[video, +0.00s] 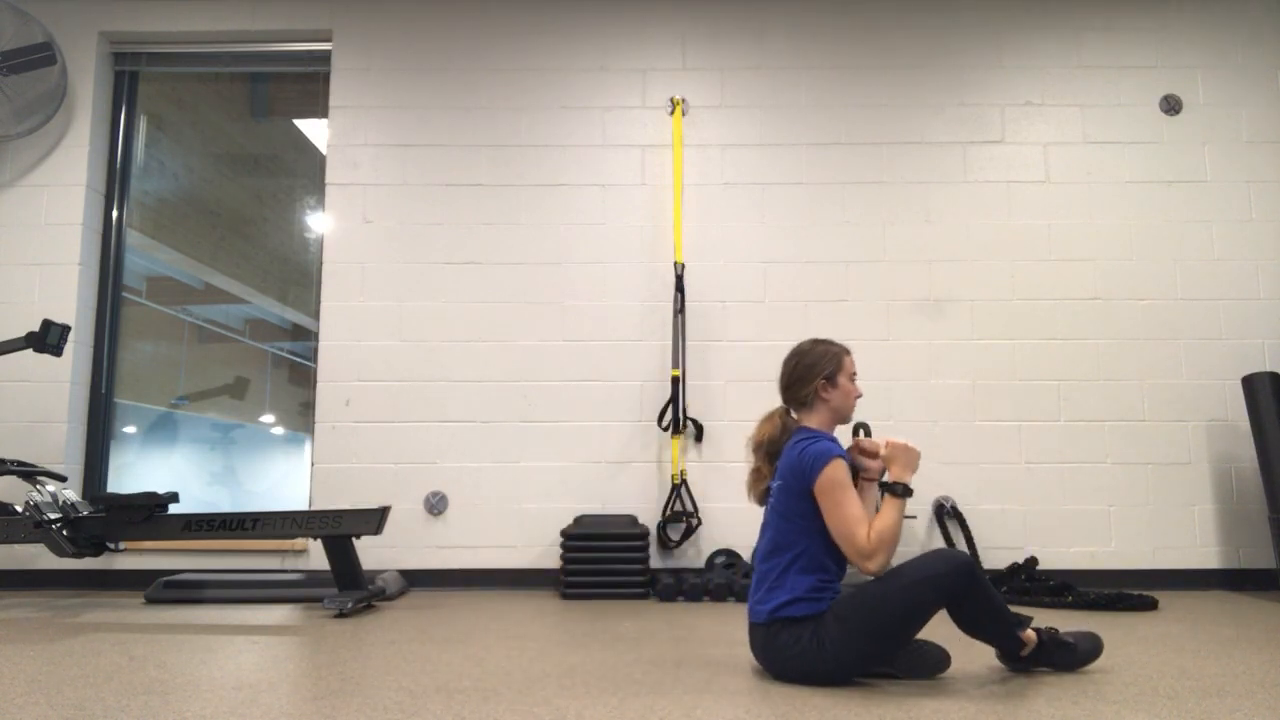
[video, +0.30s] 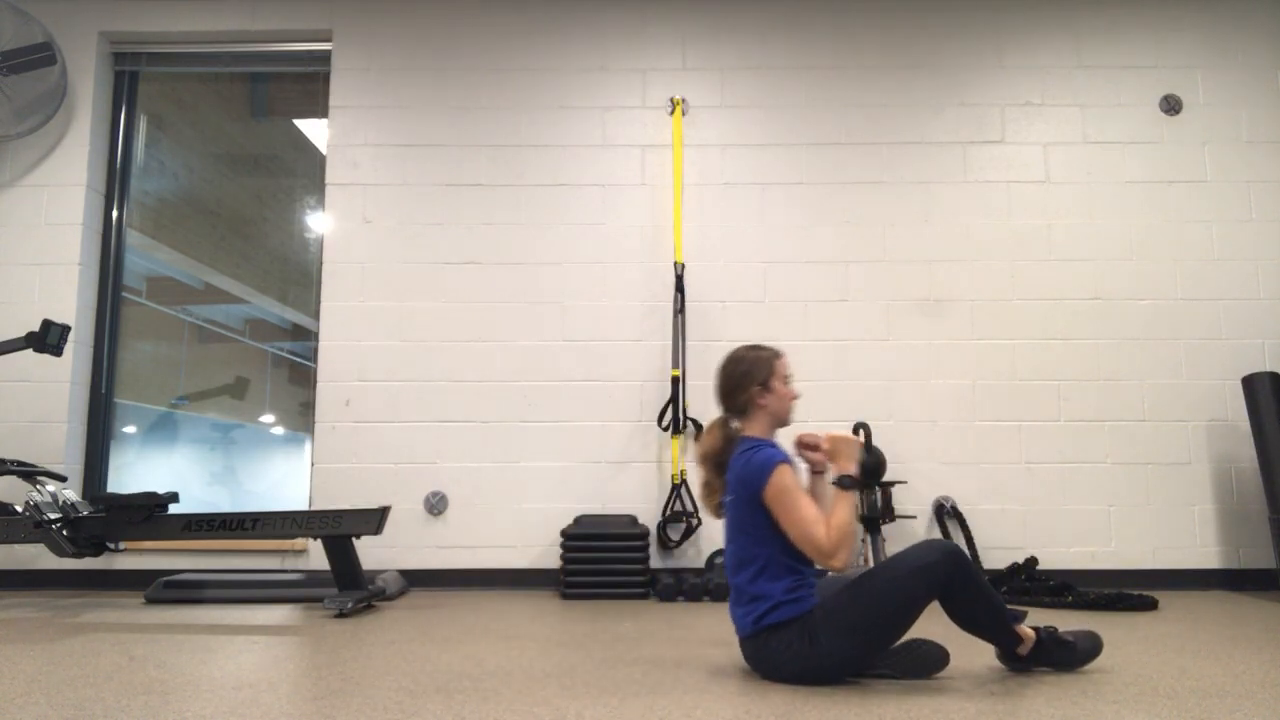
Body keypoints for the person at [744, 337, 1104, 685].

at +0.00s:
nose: (858, 389)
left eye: (855, 379)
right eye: (852, 380)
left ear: (817, 390)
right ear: (824, 388)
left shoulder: (803, 446)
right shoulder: (818, 451)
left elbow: (852, 553)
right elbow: (872, 557)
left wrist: (867, 479)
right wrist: (898, 479)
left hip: (785, 631)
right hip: (799, 639)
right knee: (952, 566)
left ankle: (879, 651)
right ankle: (1023, 642)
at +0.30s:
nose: (796, 390)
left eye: (791, 379)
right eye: (786, 381)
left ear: (756, 396)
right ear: (760, 395)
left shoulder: (754, 456)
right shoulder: (762, 460)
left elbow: (818, 547)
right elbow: (832, 551)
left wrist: (819, 475)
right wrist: (846, 471)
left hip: (787, 632)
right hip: (789, 642)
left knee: (936, 557)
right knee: (943, 557)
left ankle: (868, 656)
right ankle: (1021, 643)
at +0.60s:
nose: (695, 416)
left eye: (688, 406)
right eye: (683, 409)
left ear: (655, 431)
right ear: (660, 430)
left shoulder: (668, 485)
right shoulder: (676, 493)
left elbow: (746, 560)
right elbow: (763, 568)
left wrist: (735, 492)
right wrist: (753, 488)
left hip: (756, 634)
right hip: (767, 644)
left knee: (830, 533)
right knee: (898, 523)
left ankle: (865, 637)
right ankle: (998, 626)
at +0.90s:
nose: (593, 481)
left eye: (587, 473)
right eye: (581, 478)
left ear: (559, 503)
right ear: (558, 504)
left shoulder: (587, 545)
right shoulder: (600, 552)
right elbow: (703, 588)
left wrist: (651, 510)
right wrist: (667, 518)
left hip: (730, 635)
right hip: (746, 647)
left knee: (783, 494)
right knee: (820, 485)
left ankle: (886, 603)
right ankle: (973, 533)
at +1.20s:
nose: (517, 552)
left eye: (506, 547)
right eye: (502, 554)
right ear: (492, 589)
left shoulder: (551, 606)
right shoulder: (548, 622)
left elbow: (653, 603)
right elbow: (657, 603)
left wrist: (583, 563)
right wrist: (591, 559)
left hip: (715, 629)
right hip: (723, 639)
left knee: (679, 468)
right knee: (679, 467)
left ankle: (798, 404)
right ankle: (810, 416)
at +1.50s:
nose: (481, 578)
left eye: (469, 577)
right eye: (467, 585)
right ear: (466, 625)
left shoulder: (532, 617)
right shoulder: (528, 641)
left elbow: (630, 569)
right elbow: (622, 598)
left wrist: (548, 570)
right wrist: (547, 571)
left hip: (689, 591)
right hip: (701, 609)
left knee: (629, 451)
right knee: (604, 471)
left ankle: (711, 325)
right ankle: (736, 416)